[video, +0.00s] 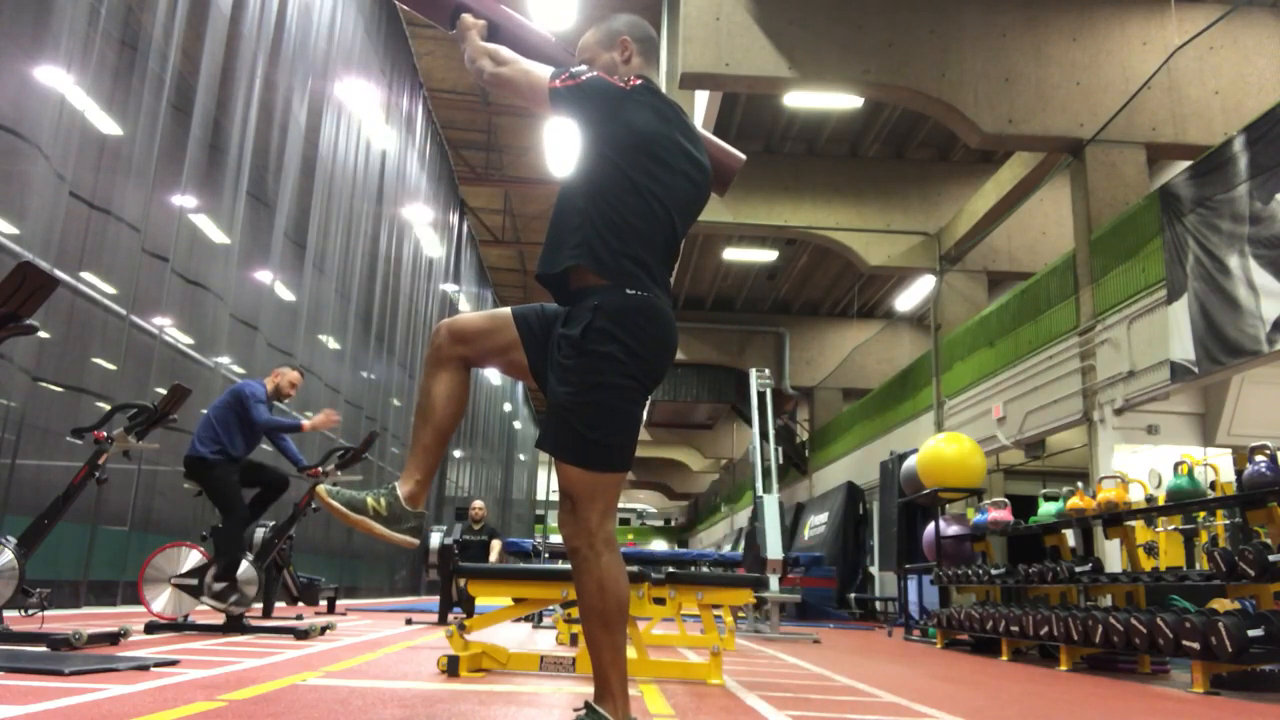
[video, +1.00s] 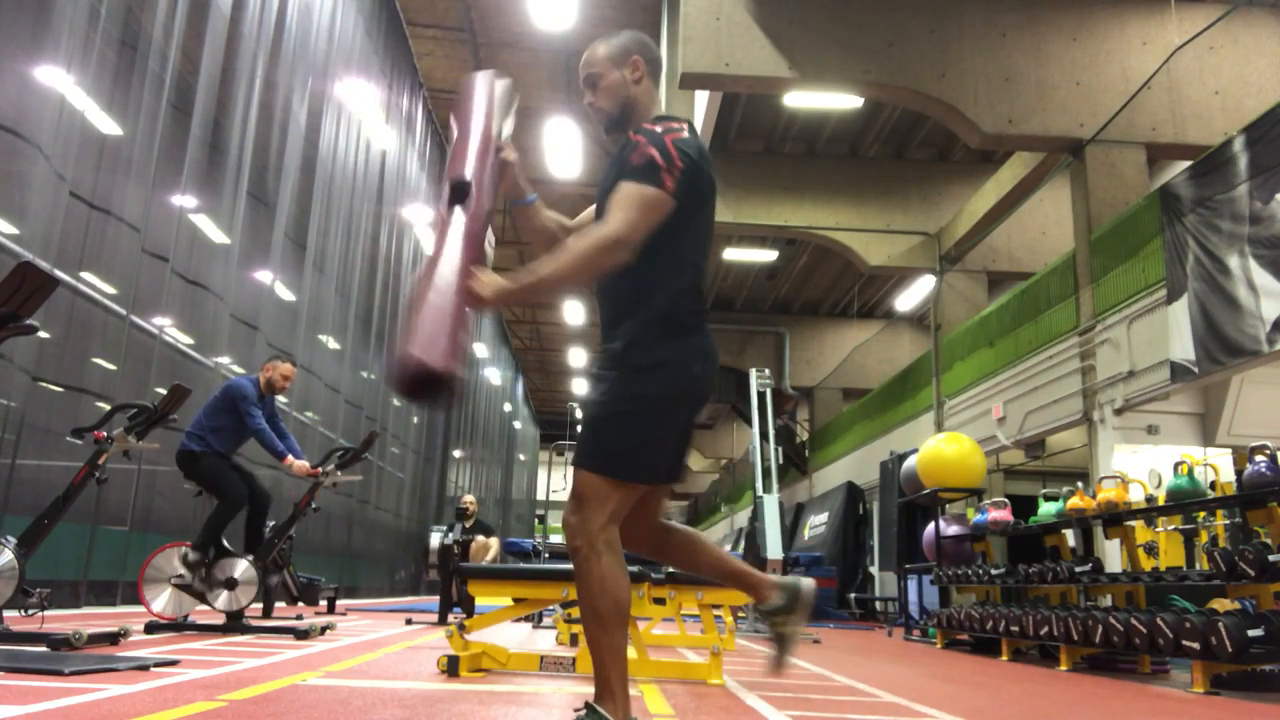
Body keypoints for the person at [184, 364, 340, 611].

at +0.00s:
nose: (292, 393)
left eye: (296, 390)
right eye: (291, 385)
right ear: (276, 376)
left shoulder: (264, 405)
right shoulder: (251, 389)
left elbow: (278, 438)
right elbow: (263, 421)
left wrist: (303, 467)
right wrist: (309, 424)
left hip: (229, 462)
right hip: (207, 460)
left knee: (278, 481)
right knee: (237, 516)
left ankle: (235, 527)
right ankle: (219, 582)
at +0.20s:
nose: (288, 392)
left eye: (291, 388)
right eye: (287, 384)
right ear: (271, 376)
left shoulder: (263, 406)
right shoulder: (244, 390)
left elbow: (278, 438)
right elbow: (238, 422)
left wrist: (303, 466)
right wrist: (278, 435)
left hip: (226, 462)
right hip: (202, 460)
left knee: (273, 492)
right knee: (242, 506)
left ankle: (255, 550)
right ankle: (199, 560)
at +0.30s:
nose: (285, 389)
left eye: (289, 385)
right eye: (284, 381)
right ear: (269, 373)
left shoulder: (263, 407)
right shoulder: (237, 389)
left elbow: (277, 439)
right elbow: (234, 425)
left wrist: (304, 466)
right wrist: (273, 440)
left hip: (223, 461)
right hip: (202, 457)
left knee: (260, 509)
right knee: (252, 493)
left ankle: (252, 563)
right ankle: (206, 538)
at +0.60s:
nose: (282, 384)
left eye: (285, 380)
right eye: (279, 376)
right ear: (262, 369)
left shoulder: (262, 401)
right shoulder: (236, 389)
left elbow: (275, 431)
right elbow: (248, 429)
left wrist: (300, 460)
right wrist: (286, 455)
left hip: (220, 460)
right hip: (203, 457)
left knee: (259, 509)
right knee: (260, 487)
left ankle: (229, 543)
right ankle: (237, 546)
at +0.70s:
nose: (282, 383)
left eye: (286, 380)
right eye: (280, 376)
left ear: (284, 382)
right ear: (262, 369)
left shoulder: (262, 398)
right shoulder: (239, 389)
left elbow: (275, 428)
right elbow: (256, 427)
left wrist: (299, 461)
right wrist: (289, 459)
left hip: (228, 461)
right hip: (204, 459)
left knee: (271, 497)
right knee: (246, 505)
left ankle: (226, 535)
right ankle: (233, 572)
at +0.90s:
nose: (286, 384)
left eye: (290, 380)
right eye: (284, 377)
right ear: (266, 370)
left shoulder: (265, 397)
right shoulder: (243, 388)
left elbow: (277, 428)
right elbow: (259, 428)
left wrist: (299, 460)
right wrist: (290, 461)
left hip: (227, 460)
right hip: (202, 459)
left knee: (274, 481)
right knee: (231, 511)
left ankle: (246, 537)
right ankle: (200, 573)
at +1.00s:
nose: (286, 386)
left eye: (290, 381)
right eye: (284, 378)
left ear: (290, 381)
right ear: (267, 371)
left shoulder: (266, 398)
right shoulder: (242, 388)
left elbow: (279, 430)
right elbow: (258, 428)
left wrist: (301, 461)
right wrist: (289, 461)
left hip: (219, 457)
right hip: (196, 454)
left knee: (261, 498)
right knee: (236, 496)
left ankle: (254, 558)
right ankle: (197, 552)